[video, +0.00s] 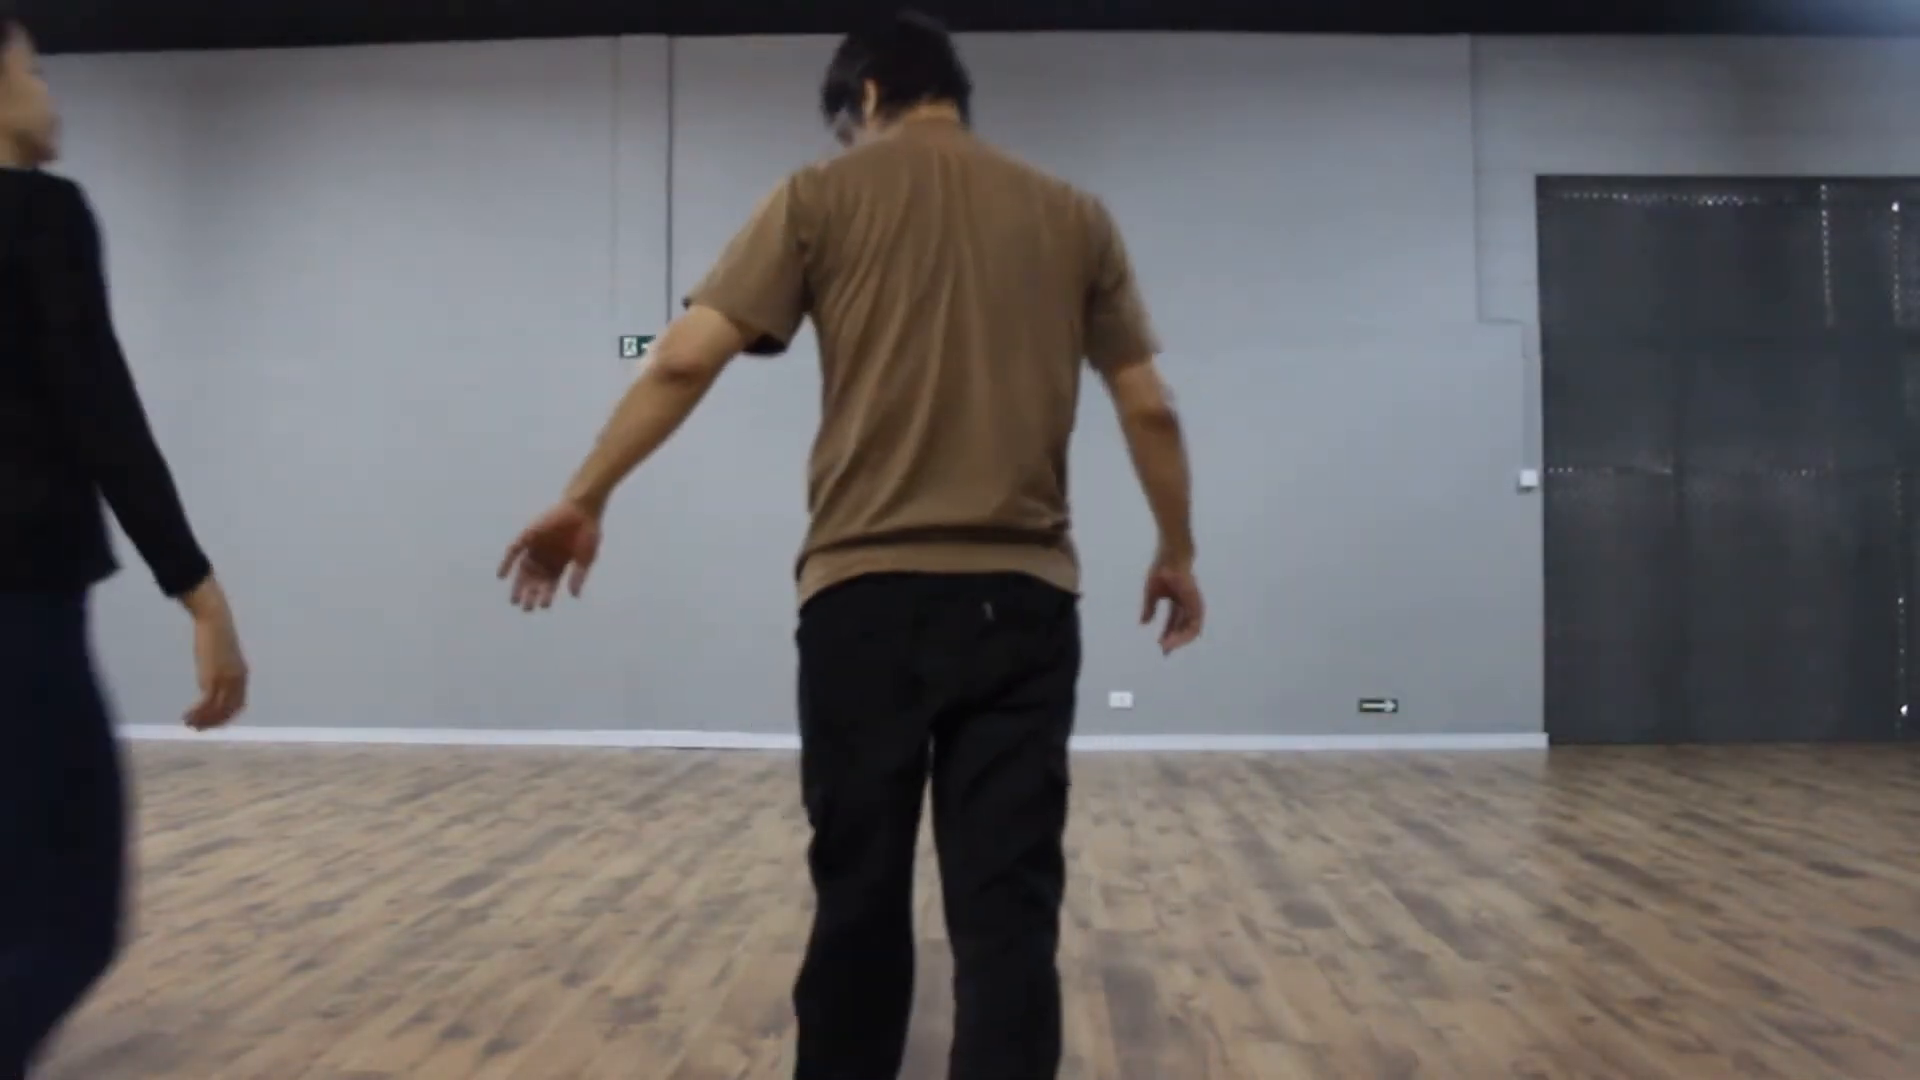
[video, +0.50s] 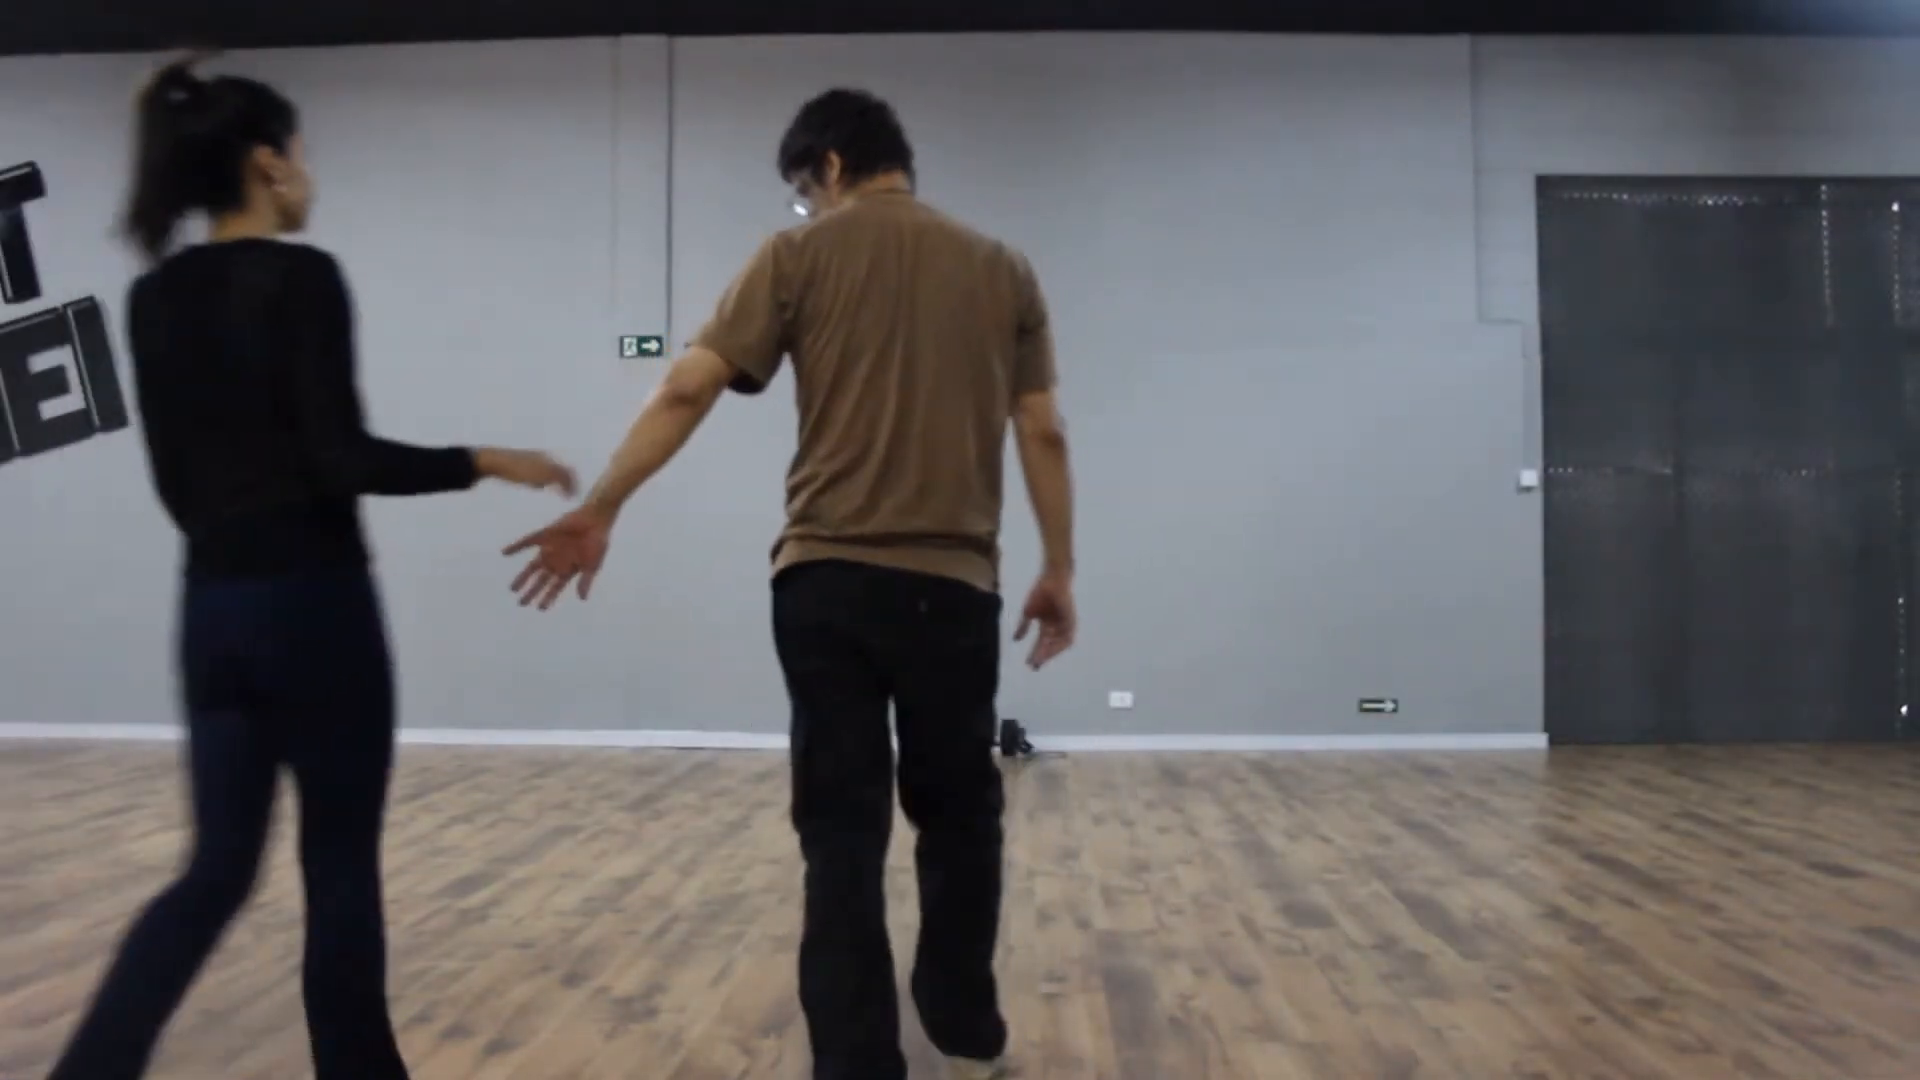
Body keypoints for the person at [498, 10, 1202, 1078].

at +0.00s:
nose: (846, 134)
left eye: (843, 117)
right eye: (842, 121)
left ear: (867, 97)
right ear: (964, 100)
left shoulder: (822, 195)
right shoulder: (1070, 212)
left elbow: (685, 361)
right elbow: (1148, 406)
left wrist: (583, 497)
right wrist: (1175, 549)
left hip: (862, 603)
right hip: (1021, 605)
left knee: (859, 891)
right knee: (1008, 902)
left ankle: (844, 1070)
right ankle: (1005, 1074)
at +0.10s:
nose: (824, 163)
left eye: (824, 142)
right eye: (823, 146)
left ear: (854, 118)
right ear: (944, 122)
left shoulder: (819, 214)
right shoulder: (1053, 230)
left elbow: (682, 377)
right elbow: (1126, 414)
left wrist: (581, 506)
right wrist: (1160, 544)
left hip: (857, 607)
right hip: (1010, 609)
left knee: (857, 886)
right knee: (997, 889)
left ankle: (861, 1071)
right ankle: (996, 1074)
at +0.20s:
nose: (805, 179)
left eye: (806, 157)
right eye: (804, 160)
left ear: (839, 130)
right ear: (923, 132)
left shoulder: (811, 223)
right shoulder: (1032, 236)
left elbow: (682, 385)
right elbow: (1100, 413)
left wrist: (584, 511)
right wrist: (1134, 544)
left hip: (848, 598)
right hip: (991, 604)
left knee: (842, 865)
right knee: (981, 868)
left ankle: (856, 1068)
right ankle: (984, 1072)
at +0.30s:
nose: (794, 189)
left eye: (793, 167)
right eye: (789, 171)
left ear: (825, 140)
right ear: (905, 139)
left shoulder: (803, 231)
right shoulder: (1015, 241)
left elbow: (681, 386)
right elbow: (1065, 411)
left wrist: (585, 511)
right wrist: (1090, 547)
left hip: (830, 584)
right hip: (970, 592)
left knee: (836, 847)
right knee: (969, 823)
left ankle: (853, 1066)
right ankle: (977, 1016)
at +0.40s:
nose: (798, 198)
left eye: (796, 178)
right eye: (792, 182)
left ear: (827, 147)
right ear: (901, 148)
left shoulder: (799, 237)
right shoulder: (1008, 245)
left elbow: (684, 382)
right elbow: (1052, 411)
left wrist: (585, 509)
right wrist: (1069, 549)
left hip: (827, 579)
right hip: (962, 587)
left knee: (840, 837)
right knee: (964, 792)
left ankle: (853, 1066)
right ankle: (967, 1005)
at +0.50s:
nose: (806, 215)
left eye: (803, 196)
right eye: (801, 200)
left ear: (833, 168)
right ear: (906, 169)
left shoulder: (801, 255)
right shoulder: (1002, 268)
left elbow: (688, 391)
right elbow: (1042, 432)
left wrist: (597, 508)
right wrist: (1059, 567)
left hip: (824, 583)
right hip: (953, 591)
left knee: (840, 827)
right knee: (957, 809)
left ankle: (854, 1063)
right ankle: (963, 1021)